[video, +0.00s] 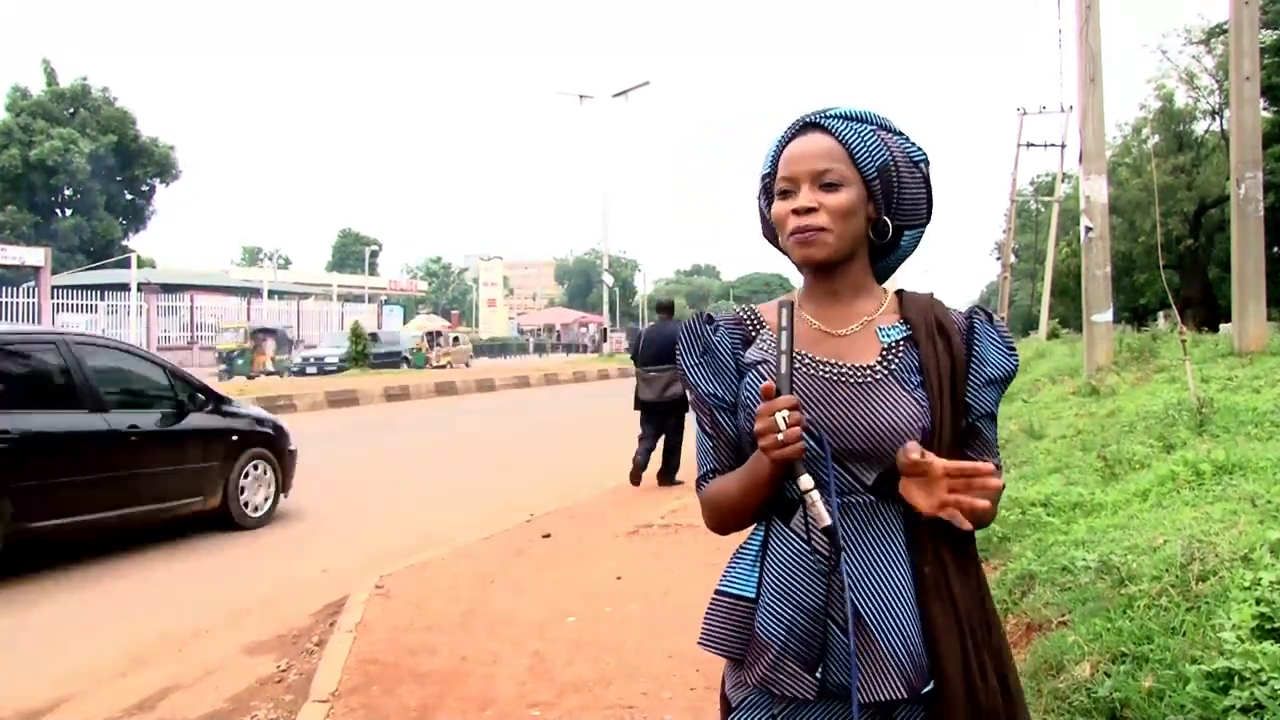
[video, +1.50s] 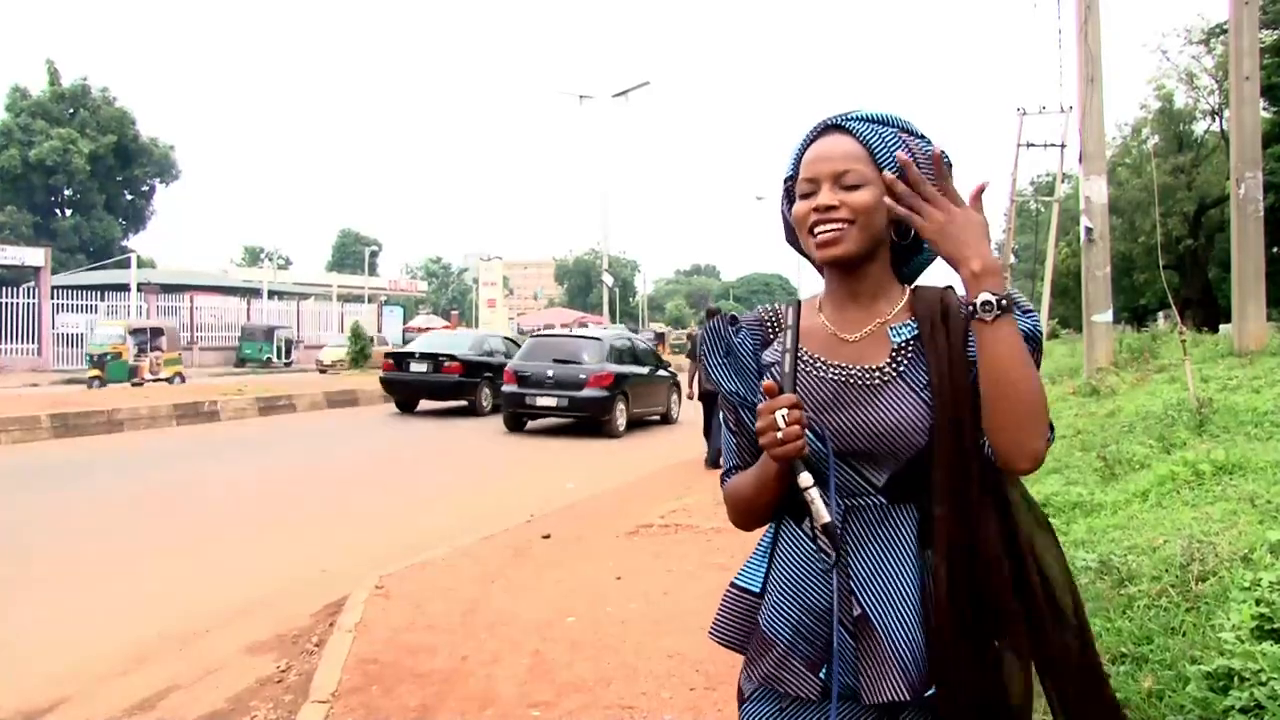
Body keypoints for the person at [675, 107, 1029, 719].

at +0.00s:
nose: (802, 204)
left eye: (828, 185)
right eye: (786, 191)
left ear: (875, 204)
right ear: (771, 213)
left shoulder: (948, 337)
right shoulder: (736, 343)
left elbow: (985, 495)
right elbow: (718, 514)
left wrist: (938, 491)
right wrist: (767, 459)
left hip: (918, 641)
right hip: (783, 646)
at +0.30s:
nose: (809, 205)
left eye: (837, 187)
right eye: (795, 189)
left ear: (885, 211)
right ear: (781, 210)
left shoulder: (957, 336)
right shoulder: (749, 345)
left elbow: (996, 492)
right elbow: (735, 515)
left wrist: (939, 485)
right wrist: (768, 471)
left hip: (921, 636)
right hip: (793, 637)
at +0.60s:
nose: (821, 198)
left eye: (849, 181)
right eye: (807, 184)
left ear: (897, 205)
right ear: (793, 206)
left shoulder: (959, 330)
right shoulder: (758, 339)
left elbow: (1003, 506)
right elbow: (739, 510)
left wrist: (940, 447)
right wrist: (770, 463)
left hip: (928, 624)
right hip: (799, 624)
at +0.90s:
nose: (828, 208)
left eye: (856, 190)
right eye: (813, 192)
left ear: (901, 213)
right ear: (797, 213)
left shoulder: (972, 340)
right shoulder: (760, 346)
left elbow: (1020, 504)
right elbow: (741, 515)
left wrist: (938, 462)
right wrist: (782, 474)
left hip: (938, 650)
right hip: (800, 650)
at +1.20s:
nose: (817, 228)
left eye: (847, 210)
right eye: (805, 209)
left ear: (894, 231)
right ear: (788, 224)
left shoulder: (960, 349)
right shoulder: (760, 361)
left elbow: (1001, 519)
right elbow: (743, 531)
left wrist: (960, 453)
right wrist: (786, 494)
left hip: (934, 625)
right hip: (809, 625)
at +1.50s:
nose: (822, 203)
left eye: (849, 183)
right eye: (806, 190)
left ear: (897, 202)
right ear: (792, 216)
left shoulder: (962, 321)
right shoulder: (761, 341)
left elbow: (1023, 451)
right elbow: (741, 512)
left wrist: (980, 271)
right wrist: (775, 462)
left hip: (929, 643)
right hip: (797, 641)